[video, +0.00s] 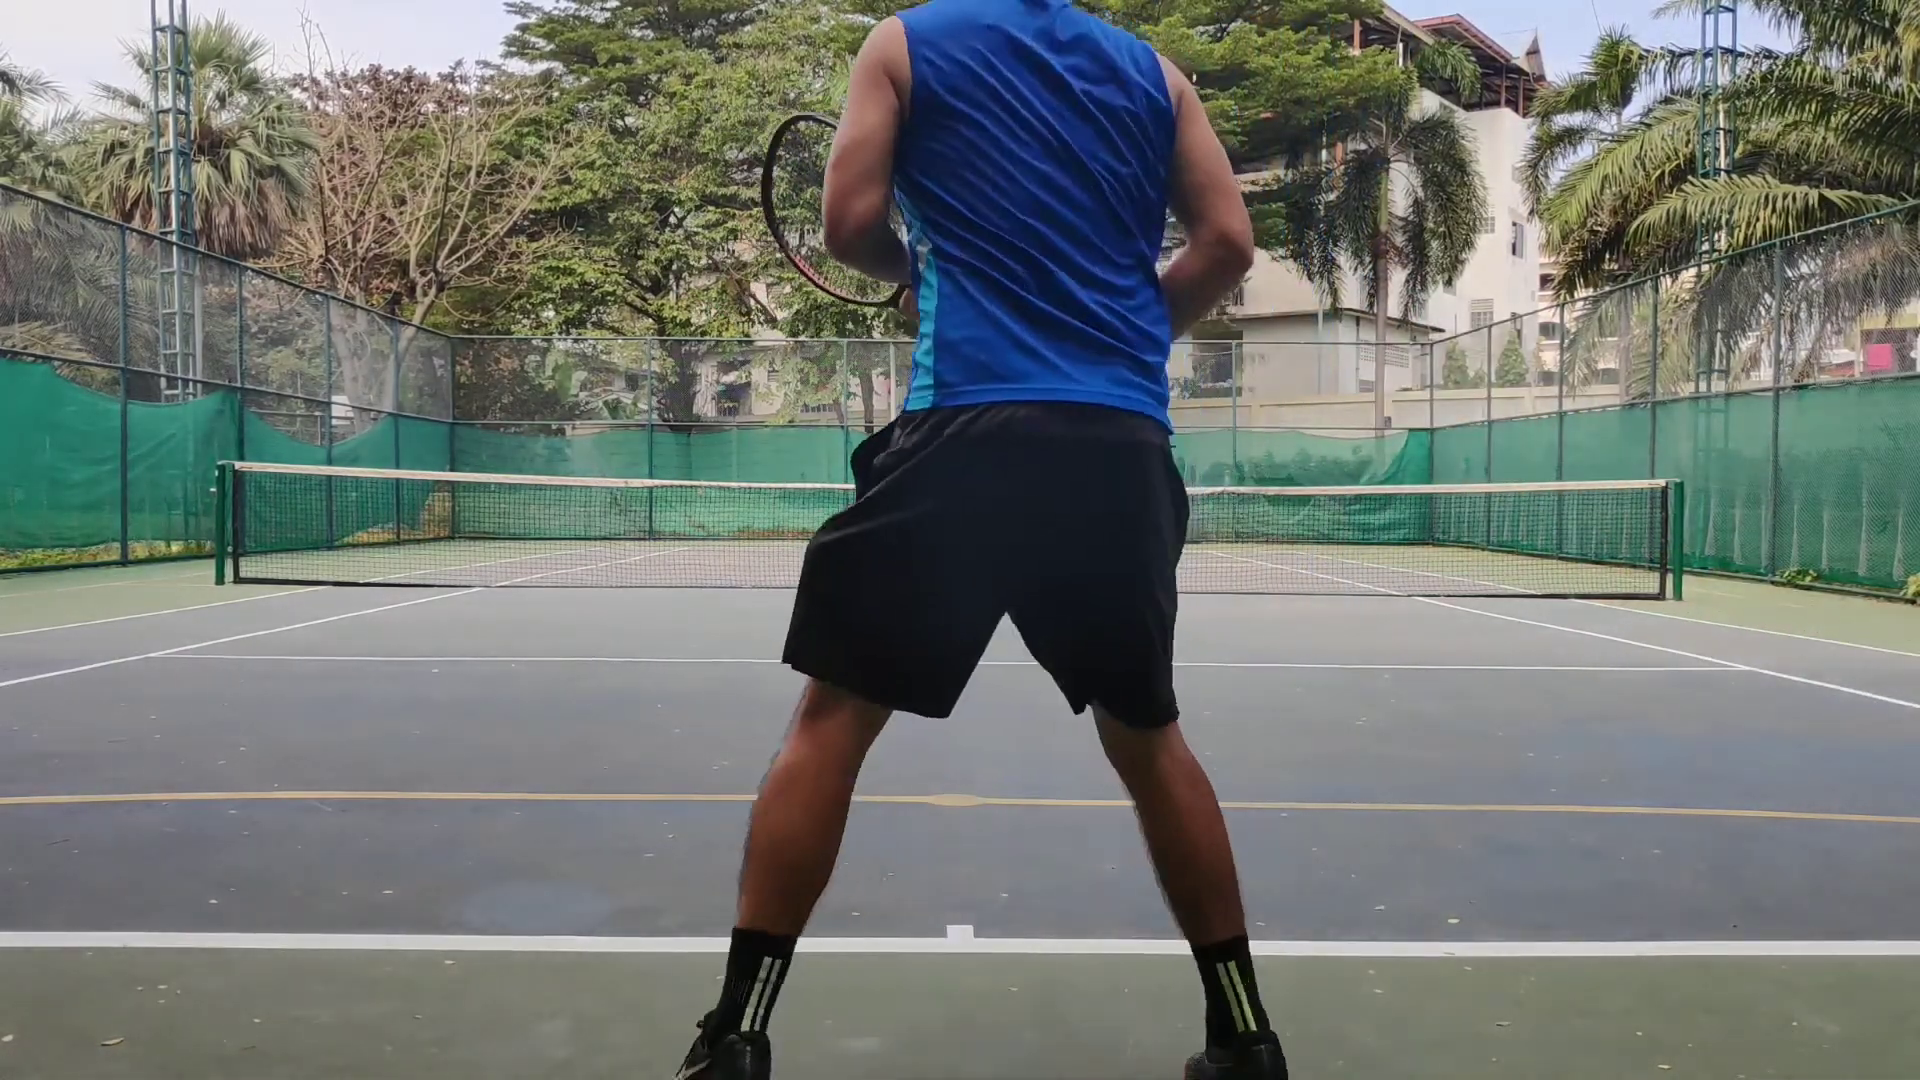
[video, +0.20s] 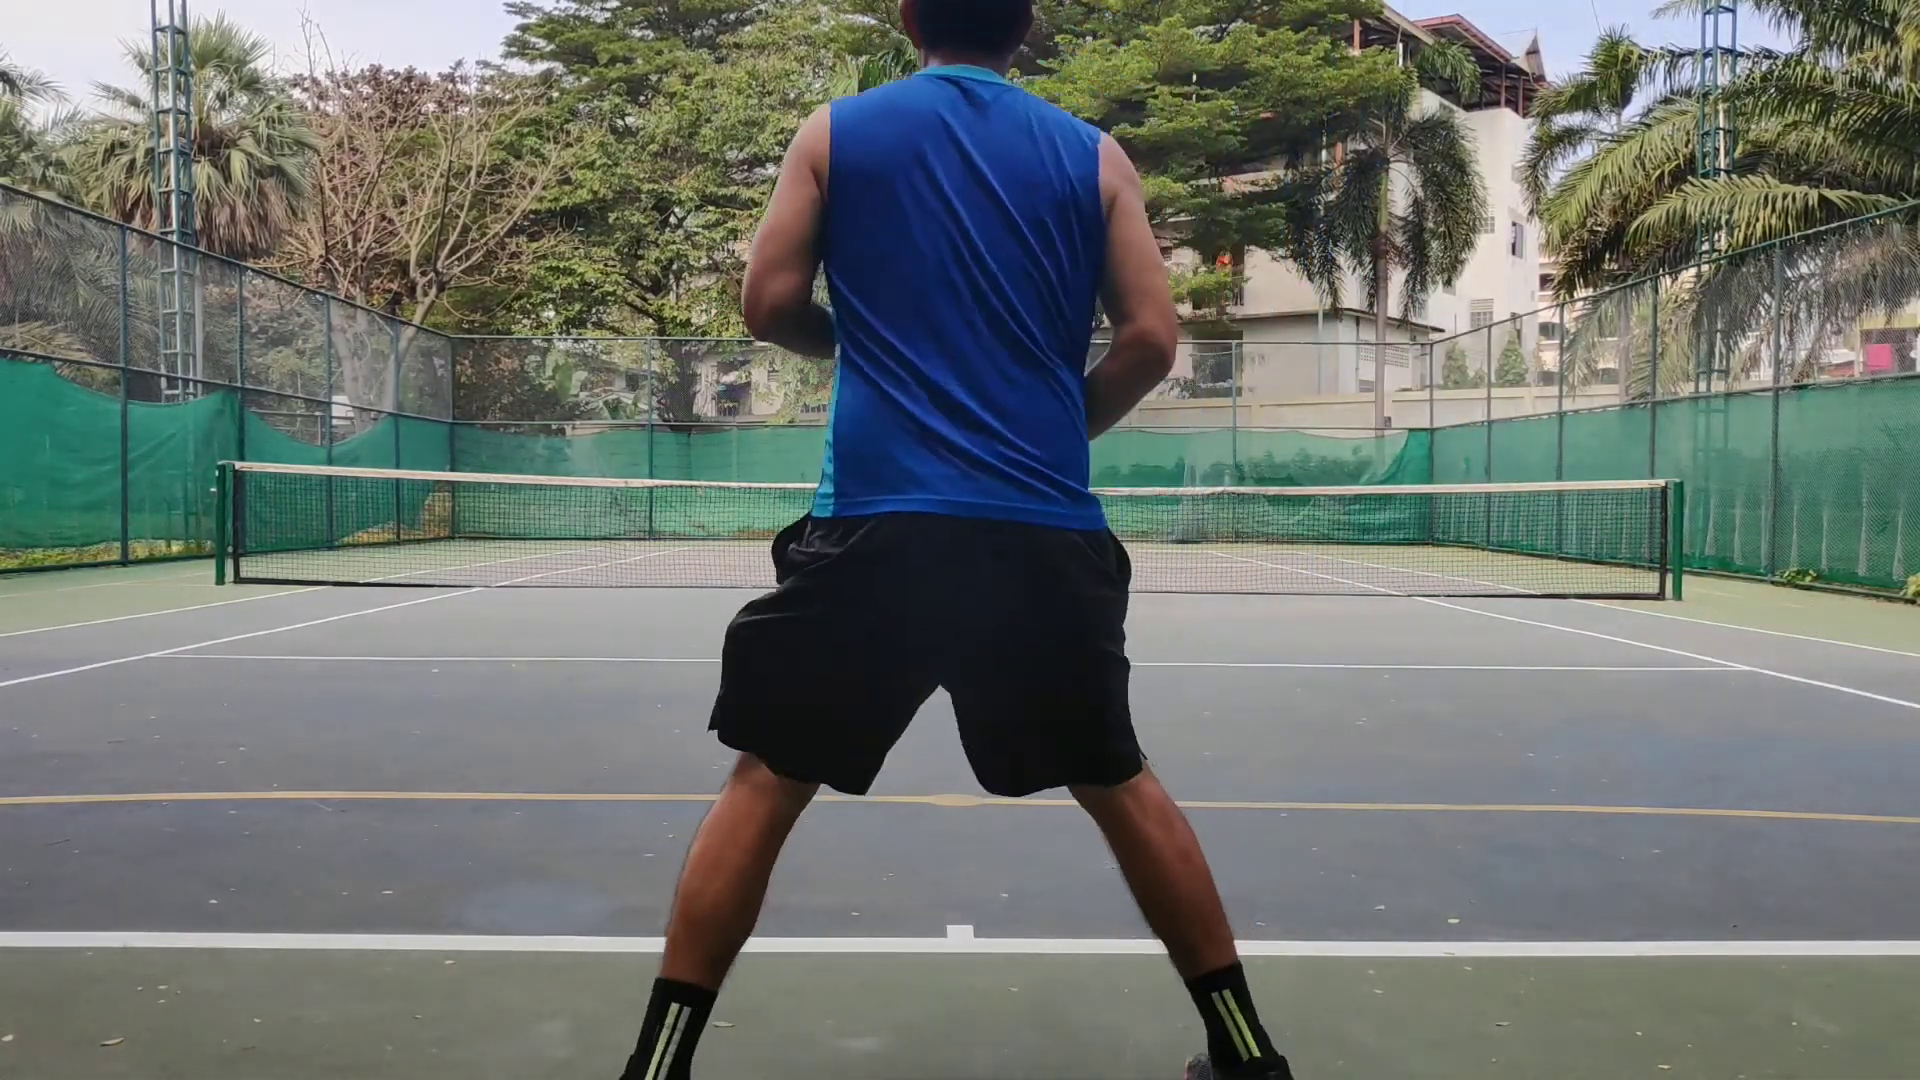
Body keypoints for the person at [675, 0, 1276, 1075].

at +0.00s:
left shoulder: (907, 40)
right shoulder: (1154, 70)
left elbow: (848, 225)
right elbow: (1228, 239)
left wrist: (917, 266)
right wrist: (1139, 317)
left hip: (959, 452)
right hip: (1118, 460)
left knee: (829, 726)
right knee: (1151, 738)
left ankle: (738, 1031)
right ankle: (1243, 1028)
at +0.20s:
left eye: (910, 16)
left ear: (910, 21)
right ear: (1024, 29)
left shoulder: (837, 132)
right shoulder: (1093, 154)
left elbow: (768, 305)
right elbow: (1151, 337)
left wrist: (857, 337)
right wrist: (1058, 421)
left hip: (879, 540)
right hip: (1043, 547)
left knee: (763, 792)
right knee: (1120, 782)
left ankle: (655, 1064)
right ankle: (1247, 1047)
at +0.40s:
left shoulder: (783, 26)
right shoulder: (1047, 58)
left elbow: (689, 179)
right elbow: (1086, 245)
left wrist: (789, 238)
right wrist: (990, 329)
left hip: (796, 440)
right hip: (968, 453)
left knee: (693, 732)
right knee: (1069, 725)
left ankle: (583, 1029)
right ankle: (1163, 1028)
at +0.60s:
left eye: (802, 39)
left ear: (795, 57)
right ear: (908, 66)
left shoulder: (708, 165)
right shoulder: (972, 178)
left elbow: (610, 338)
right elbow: (1010, 382)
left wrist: (706, 385)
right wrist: (928, 464)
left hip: (717, 566)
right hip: (899, 582)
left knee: (630, 799)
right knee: (1028, 822)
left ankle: (529, 1061)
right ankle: (1120, 1072)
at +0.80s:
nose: (756, 85)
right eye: (755, 65)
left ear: (636, 53)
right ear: (747, 67)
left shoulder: (563, 149)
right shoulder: (721, 160)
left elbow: (579, 371)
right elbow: (734, 360)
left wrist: (732, 416)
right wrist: (747, 512)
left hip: (440, 527)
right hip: (596, 533)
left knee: (558, 783)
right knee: (803, 777)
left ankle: (542, 1064)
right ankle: (872, 1067)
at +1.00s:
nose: (568, 63)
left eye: (566, 45)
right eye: (570, 42)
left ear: (447, 32)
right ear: (558, 44)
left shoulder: (404, 126)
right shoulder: (460, 126)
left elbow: (529, 305)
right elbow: (475, 306)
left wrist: (689, 367)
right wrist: (676, 378)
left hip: (178, 500)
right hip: (287, 523)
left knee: (316, 750)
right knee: (502, 801)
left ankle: (111, 1021)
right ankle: (370, 1070)